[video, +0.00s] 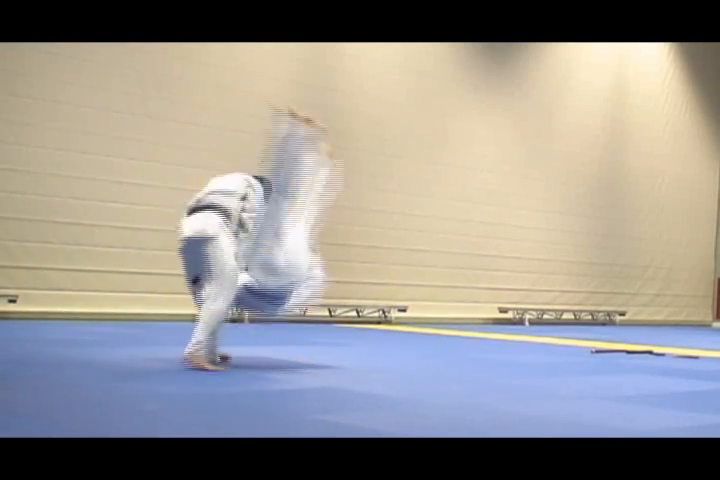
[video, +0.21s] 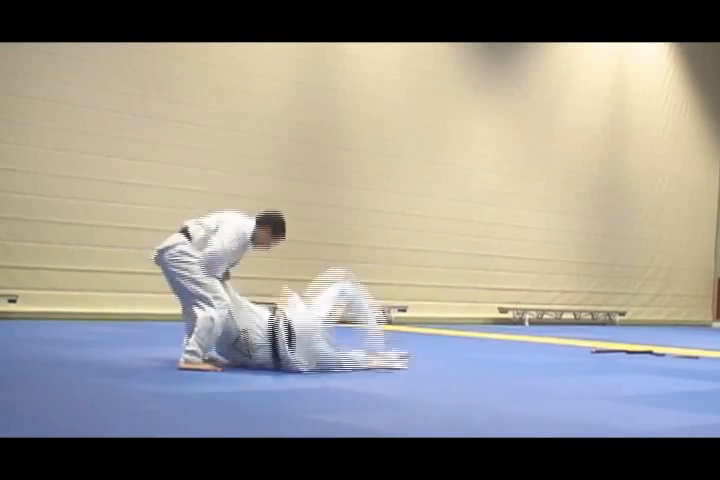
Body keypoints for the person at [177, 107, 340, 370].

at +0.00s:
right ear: (262, 187)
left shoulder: (220, 184)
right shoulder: (257, 186)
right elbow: (250, 227)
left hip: (189, 226)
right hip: (212, 226)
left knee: (207, 289)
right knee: (225, 286)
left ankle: (208, 352)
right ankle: (196, 350)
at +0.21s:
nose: (269, 245)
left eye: (273, 243)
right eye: (272, 240)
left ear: (265, 228)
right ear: (266, 229)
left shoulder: (244, 233)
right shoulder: (239, 228)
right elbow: (212, 255)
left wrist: (223, 273)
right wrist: (217, 275)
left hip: (175, 251)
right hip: (179, 252)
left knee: (195, 305)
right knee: (217, 304)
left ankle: (199, 353)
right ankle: (192, 358)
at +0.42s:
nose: (275, 234)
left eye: (279, 230)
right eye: (278, 227)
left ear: (270, 215)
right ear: (272, 218)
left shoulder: (248, 216)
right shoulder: (249, 220)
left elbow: (230, 267)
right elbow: (230, 261)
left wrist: (241, 301)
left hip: (178, 247)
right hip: (186, 248)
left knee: (192, 307)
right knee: (225, 305)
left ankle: (197, 353)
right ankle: (194, 357)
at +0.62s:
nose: (278, 192)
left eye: (282, 188)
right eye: (279, 186)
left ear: (266, 174)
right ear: (270, 177)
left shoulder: (241, 182)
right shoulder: (249, 193)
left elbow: (243, 230)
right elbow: (246, 239)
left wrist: (255, 250)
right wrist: (256, 256)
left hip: (195, 240)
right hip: (206, 245)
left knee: (207, 308)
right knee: (229, 312)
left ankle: (178, 343)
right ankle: (195, 358)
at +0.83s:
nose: (295, 207)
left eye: (299, 204)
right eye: (295, 201)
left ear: (284, 193)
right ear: (286, 192)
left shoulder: (270, 214)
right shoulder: (261, 187)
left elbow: (274, 248)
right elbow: (287, 210)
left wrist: (285, 277)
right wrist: (309, 235)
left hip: (226, 246)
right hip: (199, 232)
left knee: (238, 297)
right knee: (195, 293)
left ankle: (246, 354)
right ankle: (157, 347)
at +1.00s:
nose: (296, 255)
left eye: (299, 253)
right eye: (299, 251)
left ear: (296, 238)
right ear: (299, 238)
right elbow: (291, 257)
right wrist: (293, 287)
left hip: (221, 273)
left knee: (248, 303)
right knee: (149, 307)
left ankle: (250, 359)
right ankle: (104, 338)